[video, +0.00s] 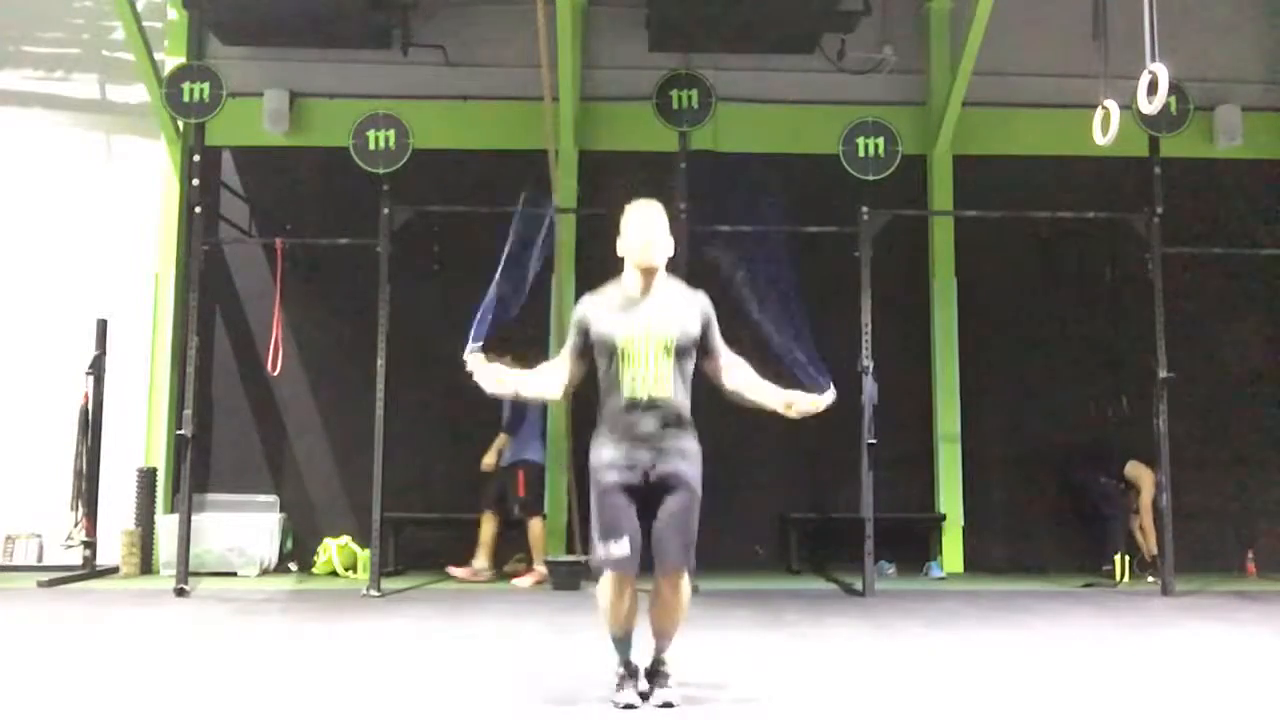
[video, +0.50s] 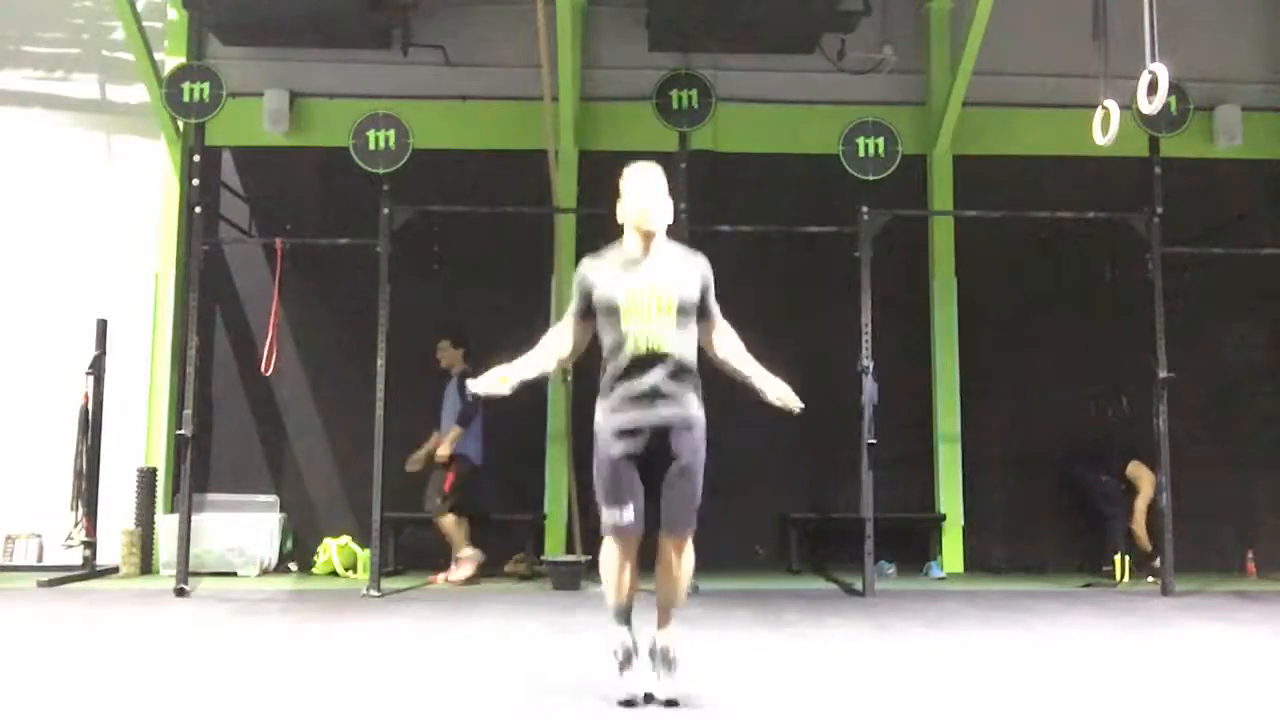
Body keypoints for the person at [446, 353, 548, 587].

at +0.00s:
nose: (493, 367)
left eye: (495, 361)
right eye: (491, 361)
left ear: (508, 359)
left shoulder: (518, 382)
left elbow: (514, 420)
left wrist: (494, 449)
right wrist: (504, 453)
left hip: (528, 454)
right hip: (511, 456)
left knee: (532, 513)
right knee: (490, 509)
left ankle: (539, 566)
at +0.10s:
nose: (482, 376)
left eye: (484, 371)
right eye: (482, 372)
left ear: (493, 368)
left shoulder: (506, 383)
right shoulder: (502, 386)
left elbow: (499, 421)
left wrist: (482, 450)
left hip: (515, 458)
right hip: (501, 460)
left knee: (522, 513)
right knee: (483, 512)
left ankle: (539, 567)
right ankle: (463, 566)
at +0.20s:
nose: (468, 359)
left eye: (472, 355)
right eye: (469, 355)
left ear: (485, 356)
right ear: (485, 357)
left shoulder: (490, 381)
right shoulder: (486, 380)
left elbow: (492, 416)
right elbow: (489, 421)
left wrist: (474, 450)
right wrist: (477, 450)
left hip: (498, 456)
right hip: (485, 457)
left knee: (504, 512)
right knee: (473, 513)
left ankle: (536, 564)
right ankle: (459, 567)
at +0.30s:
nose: (458, 357)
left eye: (463, 352)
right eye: (458, 353)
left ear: (479, 354)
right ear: (469, 356)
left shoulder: (483, 380)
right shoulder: (474, 382)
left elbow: (481, 417)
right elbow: (474, 421)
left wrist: (466, 449)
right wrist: (462, 455)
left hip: (483, 454)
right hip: (473, 454)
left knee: (475, 509)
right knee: (466, 510)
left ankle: (521, 553)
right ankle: (458, 566)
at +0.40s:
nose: (450, 356)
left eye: (454, 351)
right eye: (449, 351)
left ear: (469, 353)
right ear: (460, 354)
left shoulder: (475, 379)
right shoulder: (463, 381)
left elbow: (474, 415)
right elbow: (461, 420)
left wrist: (455, 445)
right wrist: (448, 450)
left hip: (472, 452)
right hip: (462, 452)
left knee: (456, 506)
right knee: (459, 509)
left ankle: (497, 547)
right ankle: (458, 565)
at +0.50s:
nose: (438, 355)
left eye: (443, 350)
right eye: (438, 350)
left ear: (459, 351)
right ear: (449, 353)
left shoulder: (467, 378)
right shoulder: (452, 383)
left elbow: (468, 412)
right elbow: (444, 426)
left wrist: (448, 442)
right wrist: (424, 451)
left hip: (464, 452)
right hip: (453, 452)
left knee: (437, 502)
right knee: (454, 506)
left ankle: (465, 552)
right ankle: (459, 562)